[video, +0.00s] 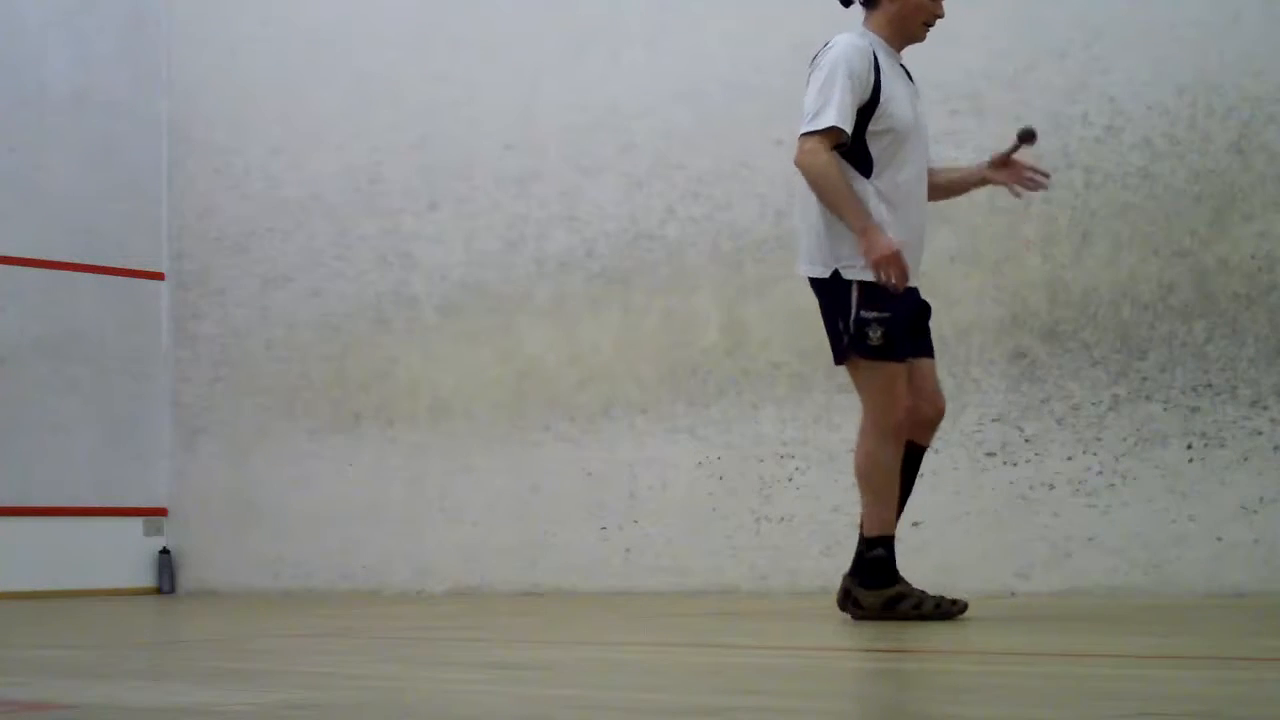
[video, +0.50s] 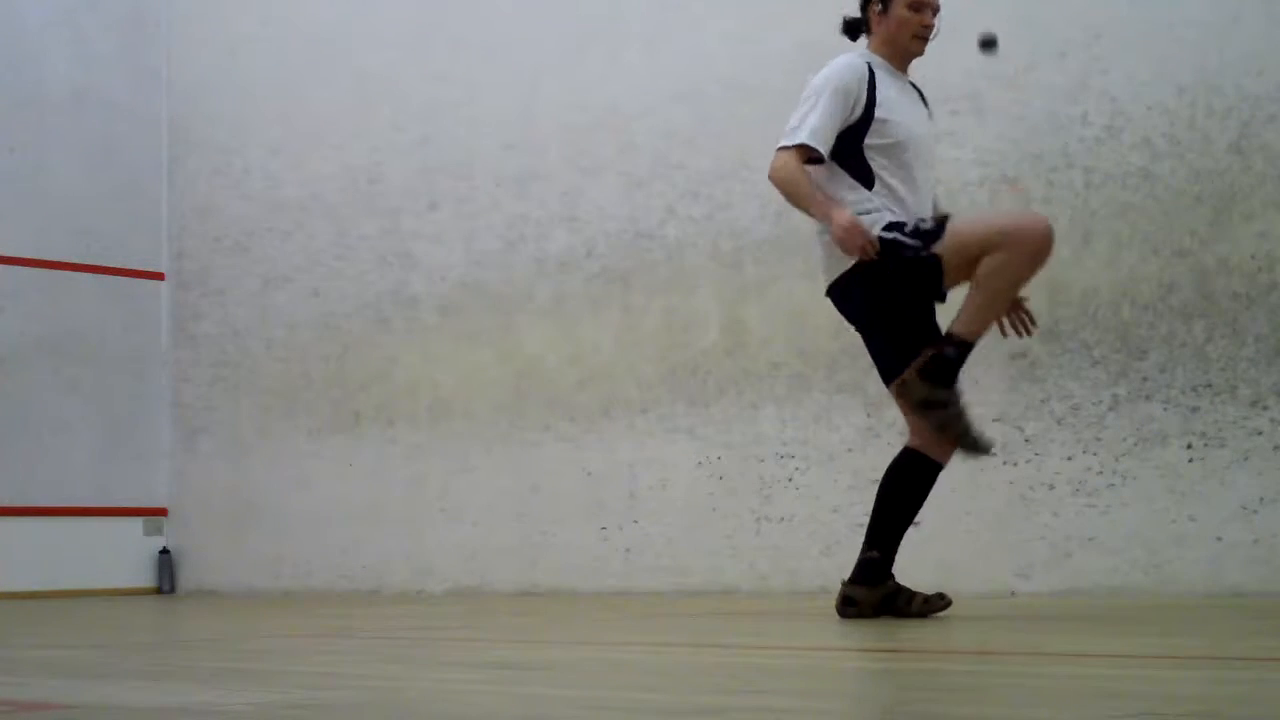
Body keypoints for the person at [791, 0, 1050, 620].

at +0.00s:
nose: (941, 11)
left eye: (940, 3)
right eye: (933, 0)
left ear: (899, 4)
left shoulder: (897, 72)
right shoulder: (849, 54)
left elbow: (909, 185)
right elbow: (812, 151)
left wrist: (985, 171)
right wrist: (870, 233)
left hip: (892, 266)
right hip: (852, 267)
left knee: (924, 409)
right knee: (886, 411)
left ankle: (869, 571)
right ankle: (874, 580)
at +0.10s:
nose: (932, 12)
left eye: (932, 3)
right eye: (923, 1)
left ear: (886, 7)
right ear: (882, 2)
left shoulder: (883, 73)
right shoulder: (845, 58)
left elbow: (896, 191)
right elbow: (802, 159)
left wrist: (975, 203)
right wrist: (859, 234)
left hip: (880, 269)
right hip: (868, 269)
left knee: (908, 418)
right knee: (942, 401)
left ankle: (869, 577)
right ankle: (894, 568)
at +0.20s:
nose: (927, 26)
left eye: (928, 15)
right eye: (917, 13)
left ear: (888, 18)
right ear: (875, 12)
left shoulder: (878, 89)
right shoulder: (842, 75)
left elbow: (891, 207)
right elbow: (792, 176)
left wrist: (963, 233)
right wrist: (846, 246)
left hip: (881, 274)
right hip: (879, 270)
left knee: (928, 432)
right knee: (1012, 343)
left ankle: (869, 582)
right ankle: (939, 484)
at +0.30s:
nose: (928, 38)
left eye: (930, 26)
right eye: (919, 24)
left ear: (896, 28)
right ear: (877, 22)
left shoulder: (882, 96)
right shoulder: (843, 85)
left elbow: (878, 197)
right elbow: (790, 183)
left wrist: (932, 237)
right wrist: (848, 259)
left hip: (881, 277)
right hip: (880, 267)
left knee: (937, 430)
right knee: (1031, 257)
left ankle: (869, 582)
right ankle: (969, 405)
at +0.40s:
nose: (931, 33)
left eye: (934, 22)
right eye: (921, 20)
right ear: (880, 17)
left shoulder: (892, 95)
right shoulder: (846, 81)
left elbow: (903, 207)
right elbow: (791, 179)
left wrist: (984, 267)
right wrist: (850, 245)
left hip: (879, 276)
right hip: (878, 256)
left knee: (940, 429)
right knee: (1027, 209)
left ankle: (869, 581)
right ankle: (966, 363)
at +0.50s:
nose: (931, 21)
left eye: (934, 11)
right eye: (918, 9)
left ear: (931, 20)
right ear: (878, 12)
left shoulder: (907, 92)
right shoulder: (848, 72)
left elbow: (917, 205)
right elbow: (785, 167)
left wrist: (993, 286)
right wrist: (835, 216)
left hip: (898, 268)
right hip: (874, 262)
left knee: (935, 431)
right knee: (1028, 233)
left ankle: (869, 581)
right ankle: (936, 377)